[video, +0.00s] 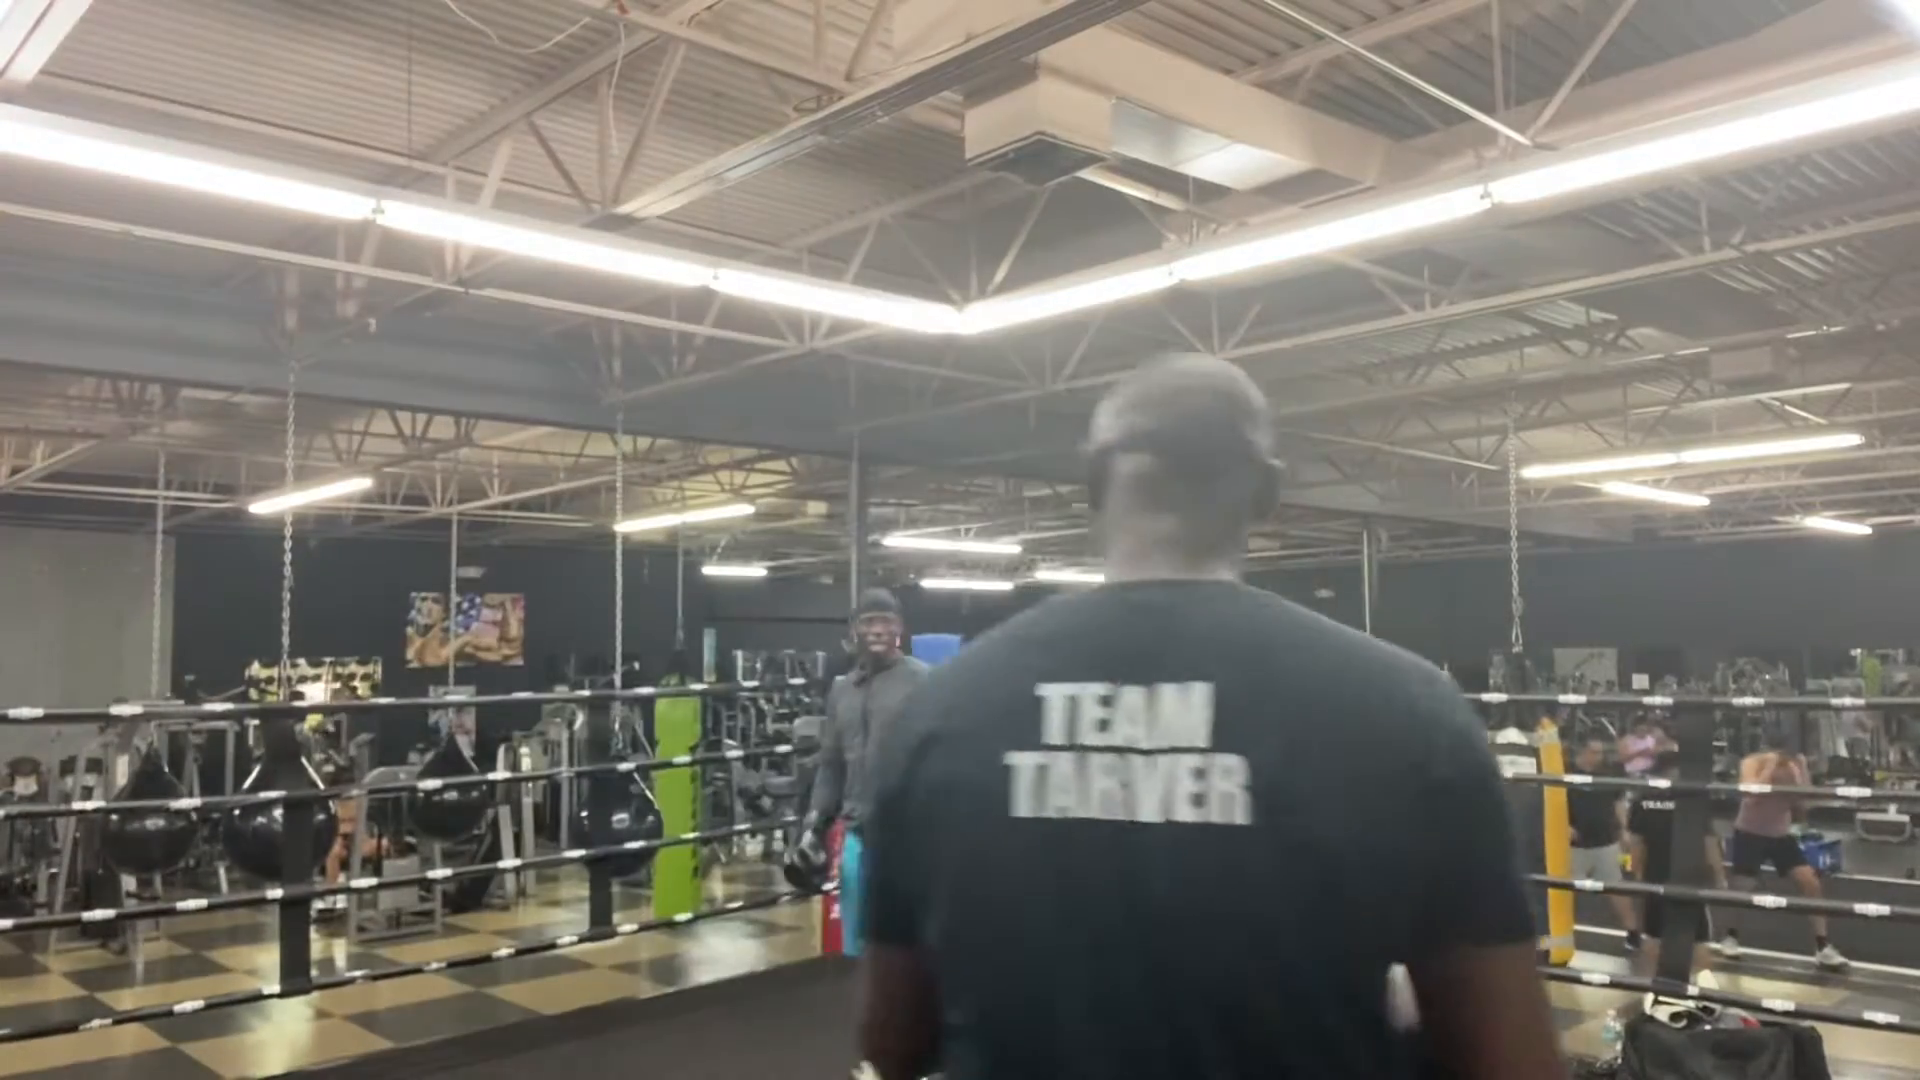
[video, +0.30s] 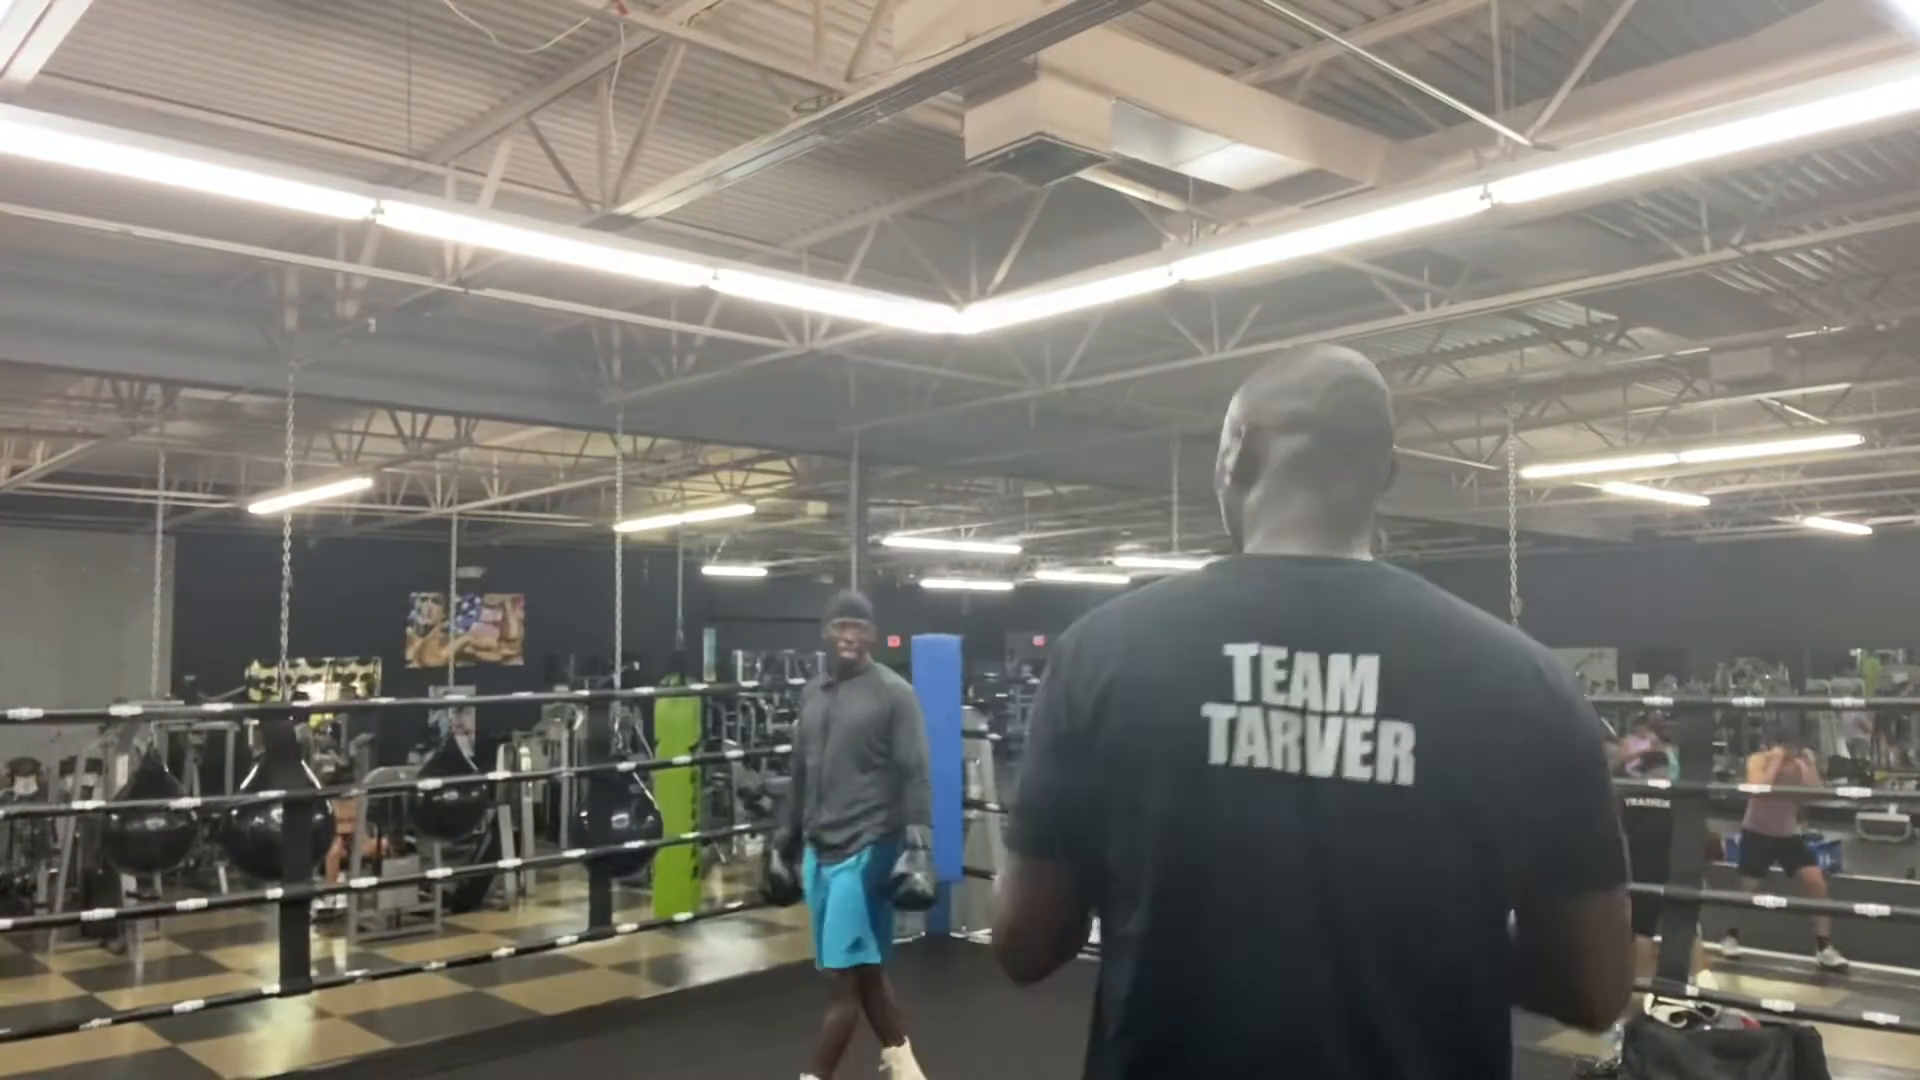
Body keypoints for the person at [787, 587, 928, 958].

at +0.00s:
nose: (877, 631)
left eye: (885, 622)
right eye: (868, 622)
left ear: (900, 630)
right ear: (855, 631)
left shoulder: (921, 680)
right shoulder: (842, 690)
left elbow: (938, 752)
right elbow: (832, 763)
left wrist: (932, 816)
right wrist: (814, 827)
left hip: (910, 827)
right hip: (858, 829)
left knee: (909, 940)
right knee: (857, 944)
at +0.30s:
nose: (849, 637)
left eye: (859, 628)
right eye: (840, 627)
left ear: (873, 634)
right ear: (827, 634)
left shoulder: (894, 693)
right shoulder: (814, 693)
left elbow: (915, 772)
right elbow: (799, 774)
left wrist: (917, 848)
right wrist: (783, 843)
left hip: (869, 846)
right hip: (819, 848)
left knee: (843, 975)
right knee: (861, 967)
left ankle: (815, 1074)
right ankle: (904, 1065)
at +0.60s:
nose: (800, 637)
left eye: (811, 629)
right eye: (792, 627)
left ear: (828, 637)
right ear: (779, 631)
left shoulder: (843, 698)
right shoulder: (770, 687)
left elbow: (847, 790)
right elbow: (758, 768)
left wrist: (813, 866)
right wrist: (734, 832)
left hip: (813, 855)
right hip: (759, 854)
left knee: (819, 985)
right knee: (749, 979)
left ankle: (814, 1073)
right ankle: (833, 1044)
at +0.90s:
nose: (737, 641)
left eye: (748, 632)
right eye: (729, 631)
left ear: (766, 638)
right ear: (717, 635)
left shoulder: (789, 701)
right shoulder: (716, 696)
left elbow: (788, 796)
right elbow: (713, 784)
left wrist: (731, 858)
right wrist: (692, 846)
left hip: (775, 860)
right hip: (716, 856)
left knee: (792, 994)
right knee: (693, 997)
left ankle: (804, 1075)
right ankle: (667, 1074)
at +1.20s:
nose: (674, 636)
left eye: (685, 626)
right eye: (665, 626)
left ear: (703, 633)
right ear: (650, 634)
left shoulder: (730, 695)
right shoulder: (639, 700)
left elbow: (744, 785)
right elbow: (633, 785)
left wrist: (740, 875)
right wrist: (614, 860)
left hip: (695, 874)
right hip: (639, 871)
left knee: (692, 1013)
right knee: (646, 1011)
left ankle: (763, 1075)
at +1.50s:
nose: (616, 627)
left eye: (627, 617)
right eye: (605, 617)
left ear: (640, 628)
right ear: (586, 627)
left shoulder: (669, 694)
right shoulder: (570, 699)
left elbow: (698, 780)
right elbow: (552, 793)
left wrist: (723, 862)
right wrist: (516, 864)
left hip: (644, 868)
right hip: (588, 869)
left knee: (591, 1014)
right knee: (620, 1020)